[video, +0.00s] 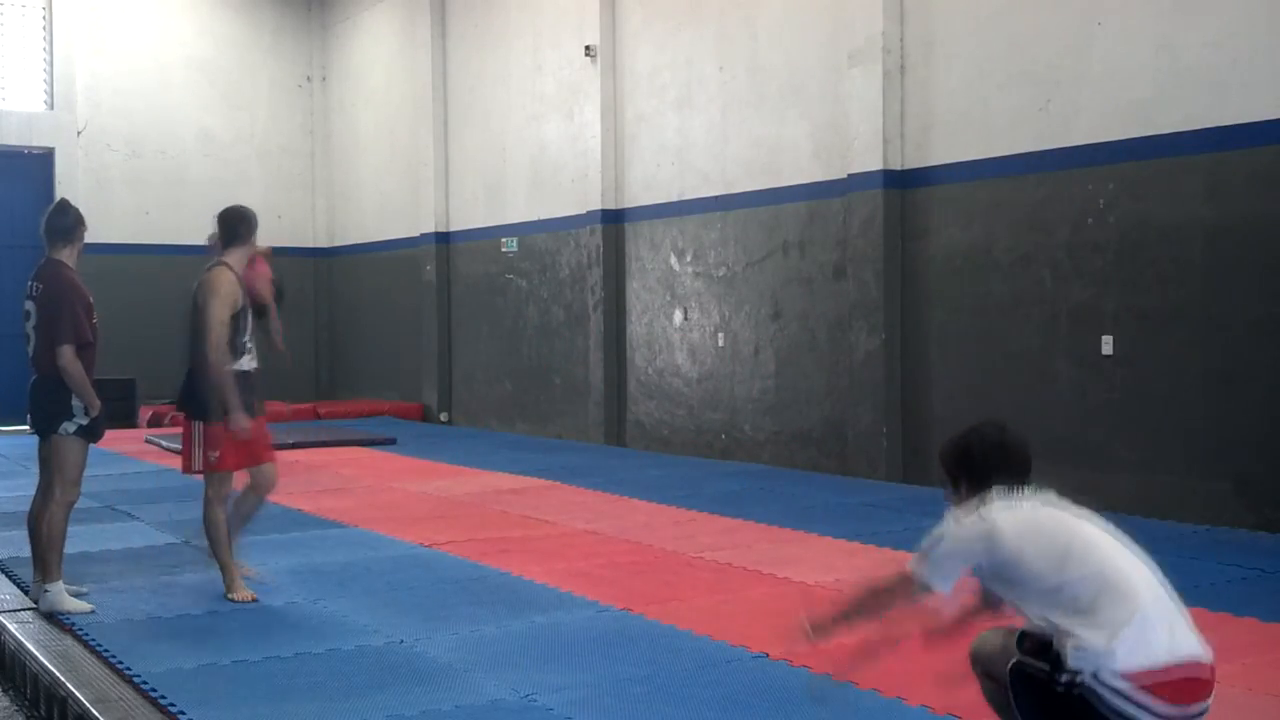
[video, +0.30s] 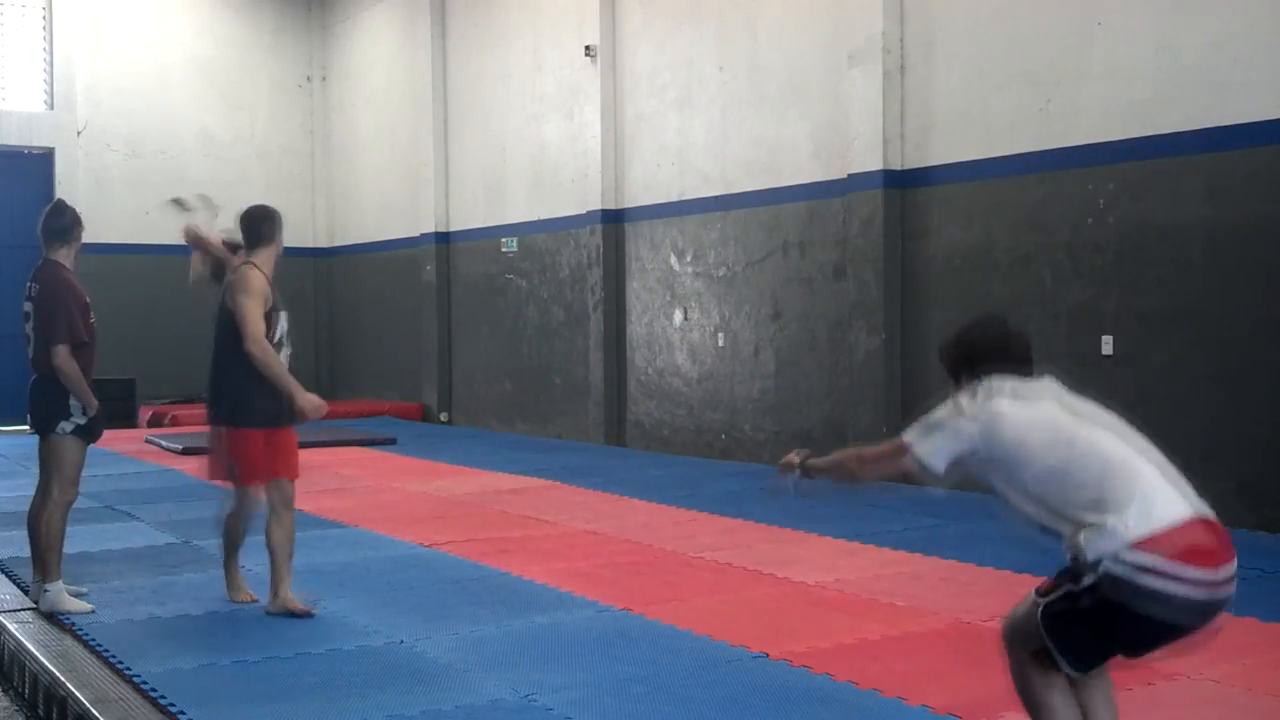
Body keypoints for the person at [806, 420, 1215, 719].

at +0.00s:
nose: (950, 494)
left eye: (950, 484)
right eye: (950, 484)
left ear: (962, 483)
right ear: (1019, 475)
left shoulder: (974, 523)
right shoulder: (1053, 512)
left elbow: (900, 589)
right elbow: (990, 599)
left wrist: (829, 621)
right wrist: (931, 633)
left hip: (1140, 697)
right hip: (1193, 688)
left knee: (990, 650)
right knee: (1035, 636)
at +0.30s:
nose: (950, 387)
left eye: (951, 377)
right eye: (950, 379)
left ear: (964, 372)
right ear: (1019, 363)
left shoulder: (978, 408)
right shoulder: (1055, 397)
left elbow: (879, 463)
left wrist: (810, 465)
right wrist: (1066, 577)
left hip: (1150, 575)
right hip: (1213, 575)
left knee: (1024, 633)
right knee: (1077, 649)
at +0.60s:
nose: (939, 327)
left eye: (939, 316)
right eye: (938, 316)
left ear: (949, 313)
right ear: (1009, 297)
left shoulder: (963, 345)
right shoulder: (1045, 334)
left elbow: (939, 453)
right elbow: (1106, 429)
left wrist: (937, 538)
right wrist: (1055, 517)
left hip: (1121, 516)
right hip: (1194, 518)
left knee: (1032, 628)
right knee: (1083, 633)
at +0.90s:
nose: (932, 234)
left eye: (933, 224)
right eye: (932, 224)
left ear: (943, 225)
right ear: (1006, 220)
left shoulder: (956, 269)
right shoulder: (1050, 264)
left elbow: (980, 356)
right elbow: (1122, 348)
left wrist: (993, 461)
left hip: (1092, 464)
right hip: (1164, 462)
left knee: (1067, 627)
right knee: (1113, 623)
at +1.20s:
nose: (962, 177)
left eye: (965, 166)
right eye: (965, 165)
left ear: (980, 172)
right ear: (1037, 173)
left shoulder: (974, 232)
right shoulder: (1075, 234)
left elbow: (981, 341)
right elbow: (1111, 332)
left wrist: (942, 434)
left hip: (1062, 453)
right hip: (1131, 447)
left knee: (1074, 633)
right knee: (1119, 624)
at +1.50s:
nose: (987, 161)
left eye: (991, 151)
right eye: (989, 150)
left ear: (1004, 161)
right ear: (1069, 163)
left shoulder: (992, 231)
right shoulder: (1106, 235)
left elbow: (980, 347)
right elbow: (1120, 342)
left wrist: (947, 436)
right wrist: (1065, 399)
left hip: (1030, 462)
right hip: (1108, 460)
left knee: (1048, 631)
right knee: (1096, 623)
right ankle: (1113, 718)